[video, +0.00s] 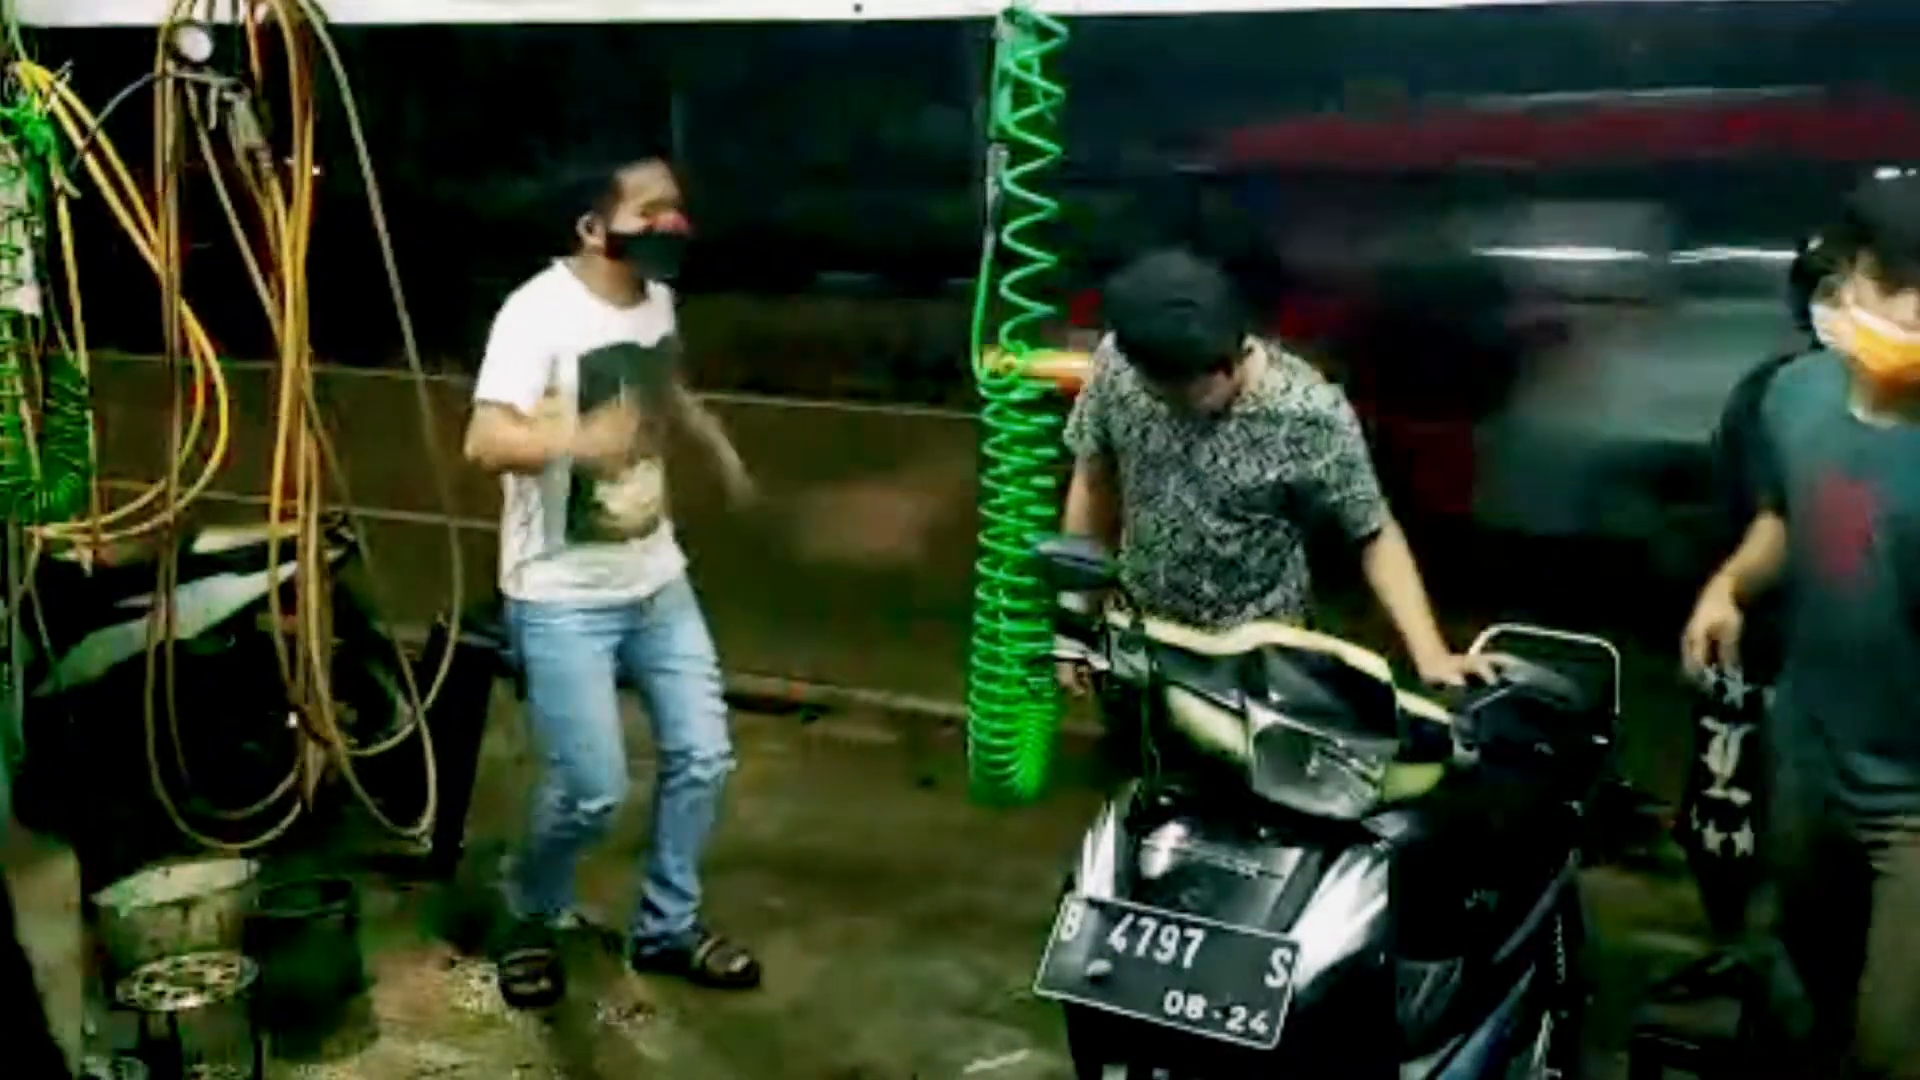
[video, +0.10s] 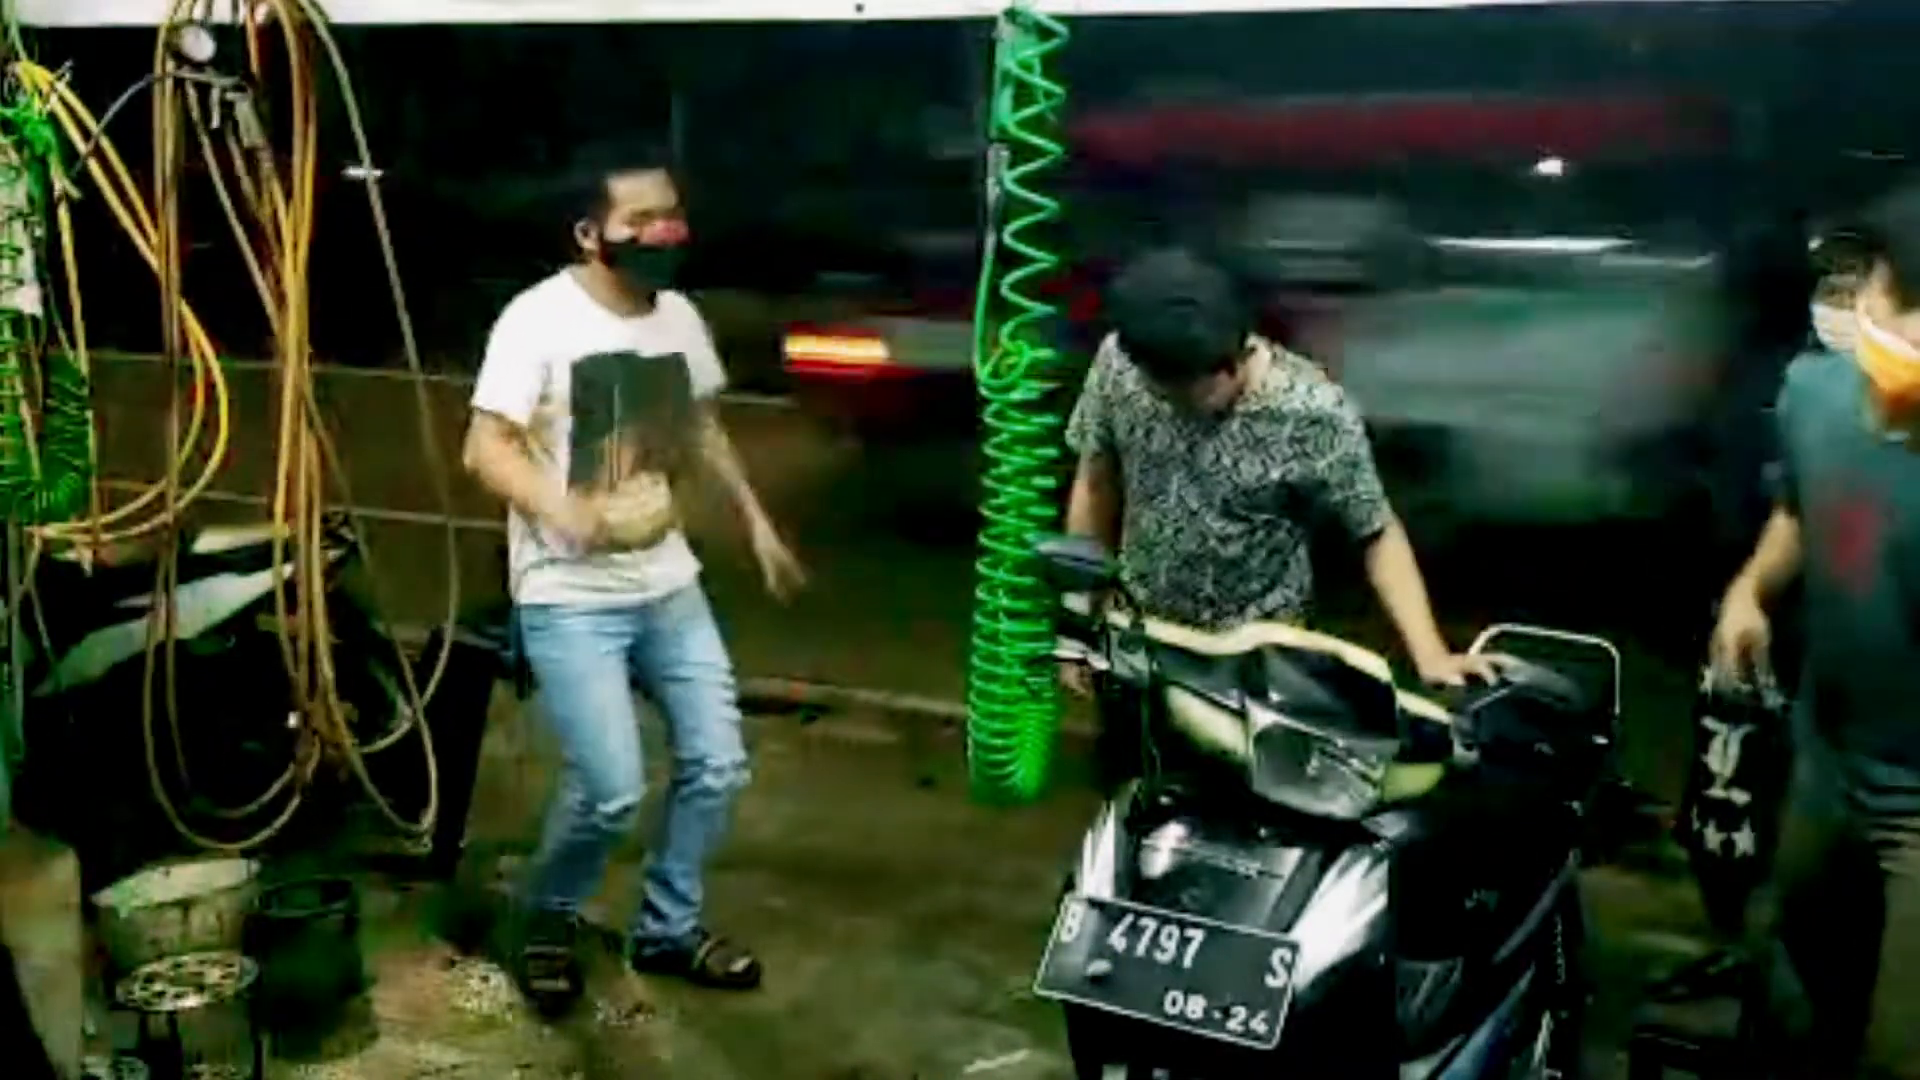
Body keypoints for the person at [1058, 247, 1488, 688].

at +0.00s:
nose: (1188, 404)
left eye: (1199, 388)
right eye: (1169, 392)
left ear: (1234, 354)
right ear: (1143, 369)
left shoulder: (1310, 412)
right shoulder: (1118, 365)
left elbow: (1376, 536)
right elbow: (1092, 483)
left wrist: (1431, 657)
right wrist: (1074, 618)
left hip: (1257, 653)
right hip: (1141, 636)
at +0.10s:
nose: (1188, 404)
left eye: (1199, 389)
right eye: (1172, 391)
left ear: (1236, 358)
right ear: (1147, 367)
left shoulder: (1314, 414)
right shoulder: (1121, 364)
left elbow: (1379, 536)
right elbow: (1094, 486)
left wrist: (1431, 656)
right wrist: (1076, 621)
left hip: (1254, 658)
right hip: (1139, 641)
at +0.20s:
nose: (1187, 400)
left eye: (1200, 385)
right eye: (1171, 386)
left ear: (1240, 355)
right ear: (1148, 363)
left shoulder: (1320, 412)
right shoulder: (1123, 365)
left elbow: (1382, 536)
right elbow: (1096, 487)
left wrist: (1431, 656)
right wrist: (1076, 626)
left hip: (1255, 661)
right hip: (1139, 644)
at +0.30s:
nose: (1191, 397)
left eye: (1206, 380)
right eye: (1175, 383)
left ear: (1244, 348)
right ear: (1151, 361)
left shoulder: (1322, 411)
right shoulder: (1125, 362)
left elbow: (1383, 535)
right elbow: (1095, 487)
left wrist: (1431, 657)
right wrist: (1075, 625)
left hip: (1253, 660)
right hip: (1136, 644)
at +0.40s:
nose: (1196, 387)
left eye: (1210, 371)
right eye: (1181, 371)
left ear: (1248, 345)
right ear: (1157, 352)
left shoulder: (1323, 408)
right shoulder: (1128, 358)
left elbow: (1382, 528)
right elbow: (1095, 482)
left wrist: (1433, 653)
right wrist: (1074, 616)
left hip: (1250, 669)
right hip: (1133, 654)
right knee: (1115, 856)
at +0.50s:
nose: (1194, 385)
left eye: (1211, 368)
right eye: (1179, 368)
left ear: (1253, 341)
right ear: (1156, 346)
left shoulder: (1325, 406)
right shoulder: (1129, 357)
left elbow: (1383, 525)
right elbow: (1094, 482)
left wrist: (1435, 644)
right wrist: (1073, 614)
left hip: (1249, 669)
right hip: (1132, 653)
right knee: (1113, 858)